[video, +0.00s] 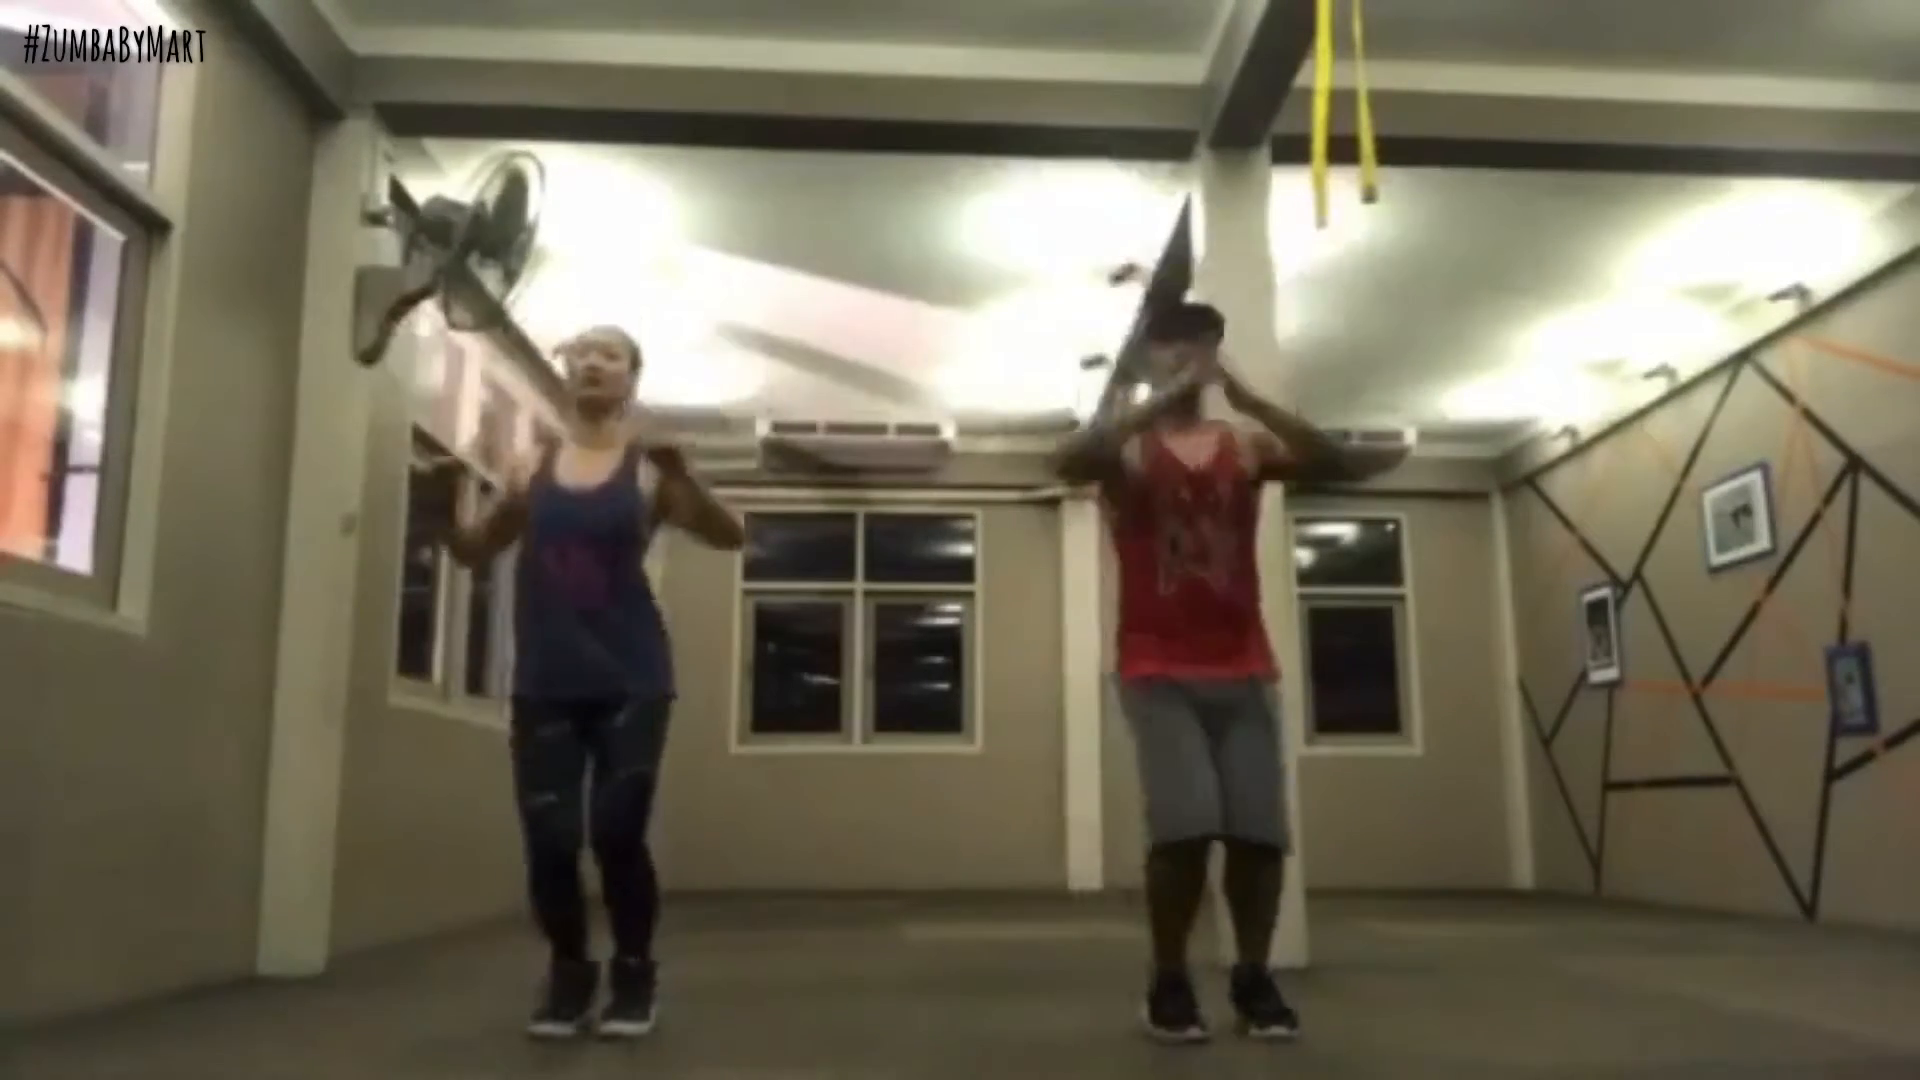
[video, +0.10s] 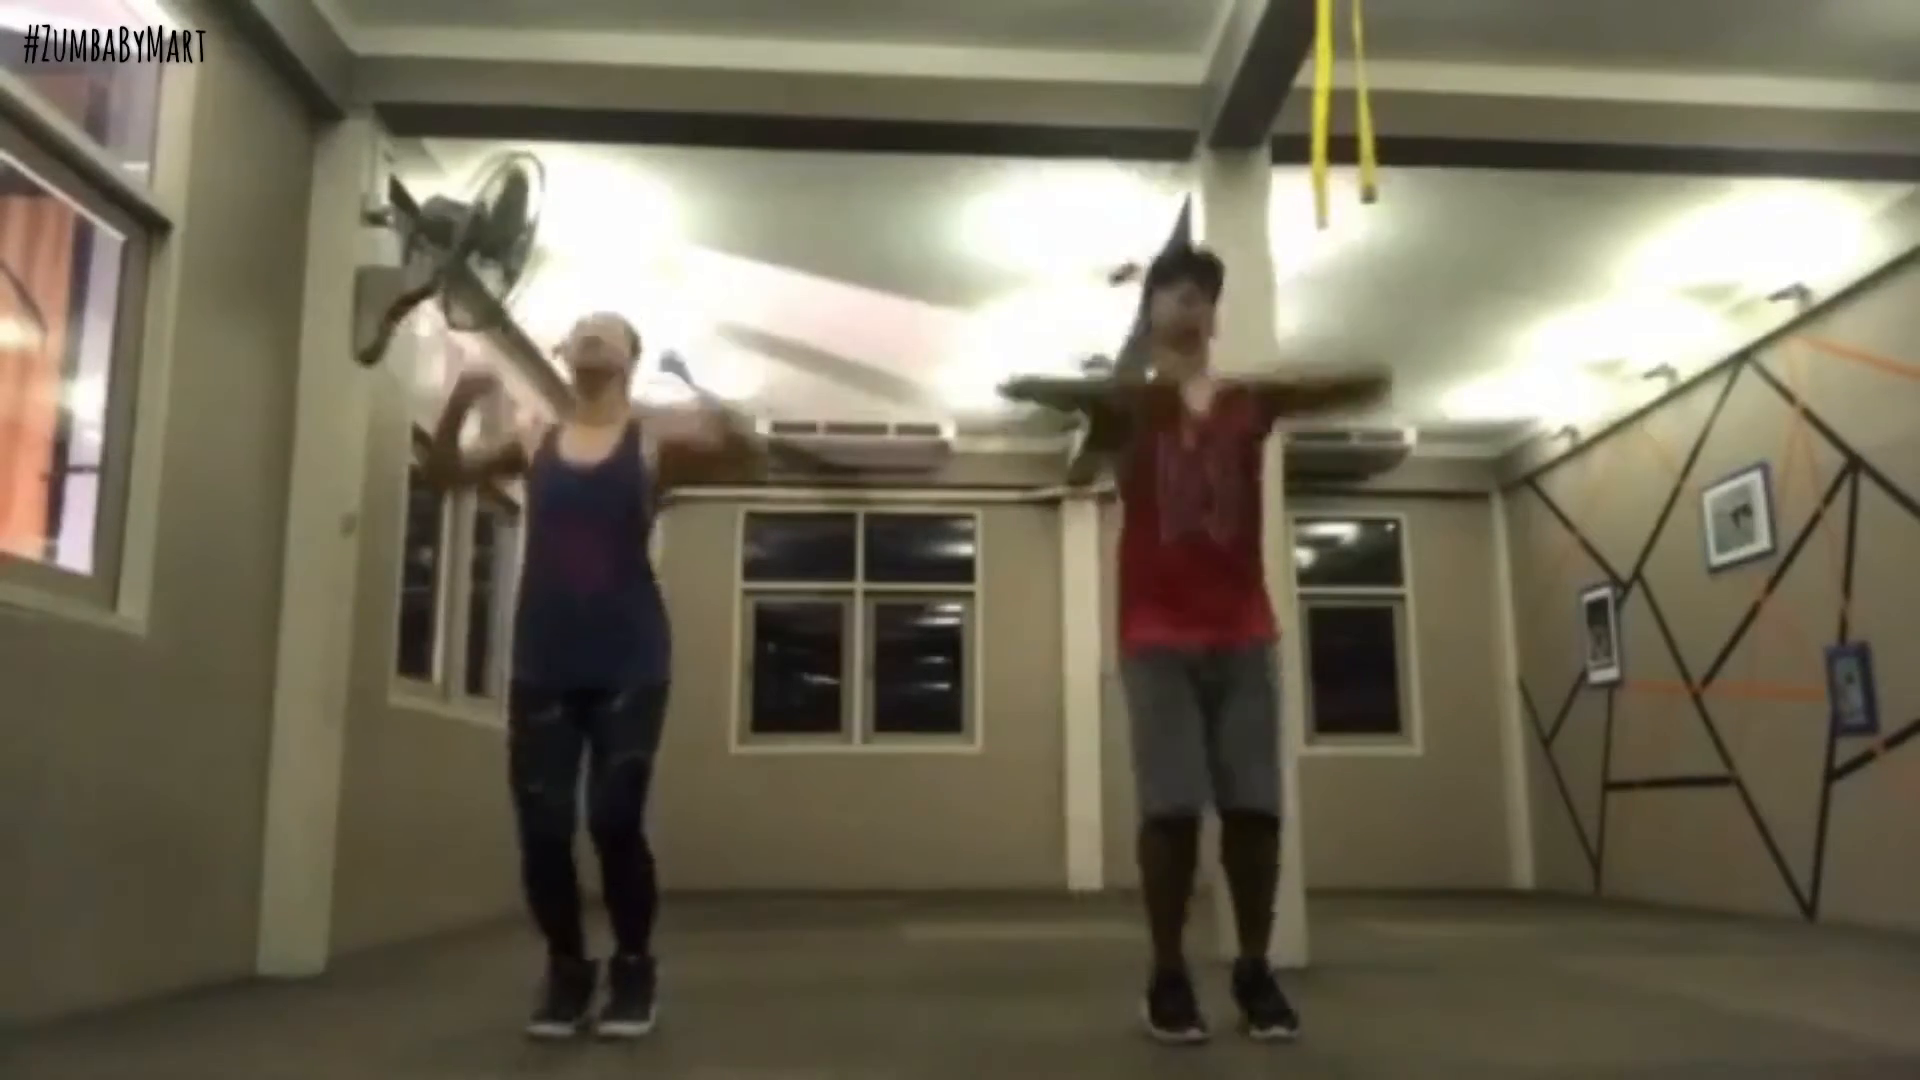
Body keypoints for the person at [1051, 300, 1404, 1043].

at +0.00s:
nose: (1184, 361)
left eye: (1195, 348)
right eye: (1169, 348)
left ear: (1214, 358)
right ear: (1146, 360)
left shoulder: (1245, 444)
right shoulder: (1127, 447)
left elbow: (1327, 458)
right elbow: (1073, 461)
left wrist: (1248, 398)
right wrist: (1159, 398)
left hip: (1240, 667)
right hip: (1156, 669)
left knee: (1259, 828)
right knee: (1187, 822)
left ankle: (1253, 978)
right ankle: (1170, 981)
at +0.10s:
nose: (1190, 307)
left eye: (1202, 295)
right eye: (1175, 294)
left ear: (1216, 311)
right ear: (1148, 308)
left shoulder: (1248, 405)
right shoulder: (1127, 404)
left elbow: (1373, 385)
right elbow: (1016, 388)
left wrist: (1274, 388)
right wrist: (1116, 381)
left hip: (1242, 625)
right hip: (1157, 627)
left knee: (1254, 807)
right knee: (1173, 807)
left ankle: (1255, 971)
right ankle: (1169, 980)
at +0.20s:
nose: (1182, 259)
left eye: (1195, 249)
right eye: (1167, 249)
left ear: (1214, 269)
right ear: (1145, 271)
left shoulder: (1251, 347)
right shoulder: (1125, 349)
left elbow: (1350, 286)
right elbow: (1026, 291)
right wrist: (1071, 265)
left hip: (1240, 580)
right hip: (1155, 583)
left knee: (1245, 759)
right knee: (1163, 759)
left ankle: (1254, 929)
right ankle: (1159, 941)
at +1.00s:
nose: (1237, 326)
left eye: (1252, 316)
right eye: (1223, 314)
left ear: (1270, 334)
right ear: (1197, 332)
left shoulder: (1296, 418)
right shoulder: (1179, 413)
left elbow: (1382, 380)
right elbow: (1113, 386)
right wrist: (1029, 326)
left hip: (1275, 645)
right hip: (1192, 644)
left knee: (1280, 803)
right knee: (1192, 810)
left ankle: (1228, 964)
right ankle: (1182, 975)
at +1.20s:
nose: (1267, 333)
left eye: (1280, 321)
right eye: (1253, 320)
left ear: (1296, 333)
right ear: (1227, 331)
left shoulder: (1323, 415)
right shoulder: (1201, 412)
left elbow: (1411, 444)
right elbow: (1119, 433)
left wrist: (1456, 430)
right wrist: (1075, 430)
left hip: (1311, 625)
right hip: (1221, 633)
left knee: (1388, 752)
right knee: (1206, 800)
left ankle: (1367, 906)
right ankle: (1184, 974)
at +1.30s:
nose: (1292, 331)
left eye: (1304, 320)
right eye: (1277, 318)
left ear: (1317, 331)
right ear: (1247, 328)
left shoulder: (1346, 407)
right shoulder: (1216, 409)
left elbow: (1457, 437)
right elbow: (1116, 439)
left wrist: (1562, 410)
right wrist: (1141, 344)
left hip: (1339, 629)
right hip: (1247, 634)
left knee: (1410, 780)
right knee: (1225, 802)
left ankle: (1436, 920)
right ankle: (1192, 968)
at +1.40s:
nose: (1314, 351)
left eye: (1324, 340)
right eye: (1298, 339)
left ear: (1338, 350)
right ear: (1267, 351)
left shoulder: (1375, 428)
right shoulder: (1241, 437)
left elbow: (1487, 441)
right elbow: (1148, 483)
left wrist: (1601, 426)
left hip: (1373, 650)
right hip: (1281, 653)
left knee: (1427, 807)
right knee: (1261, 813)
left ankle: (1474, 958)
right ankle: (1217, 976)